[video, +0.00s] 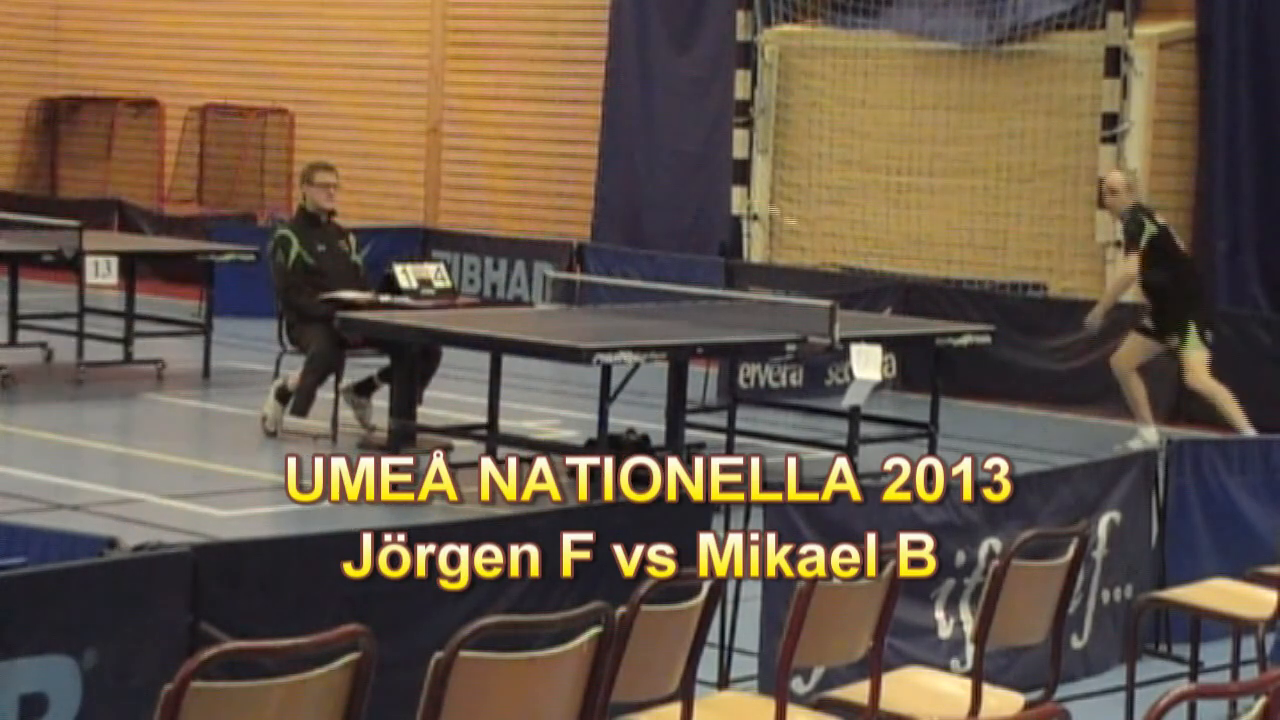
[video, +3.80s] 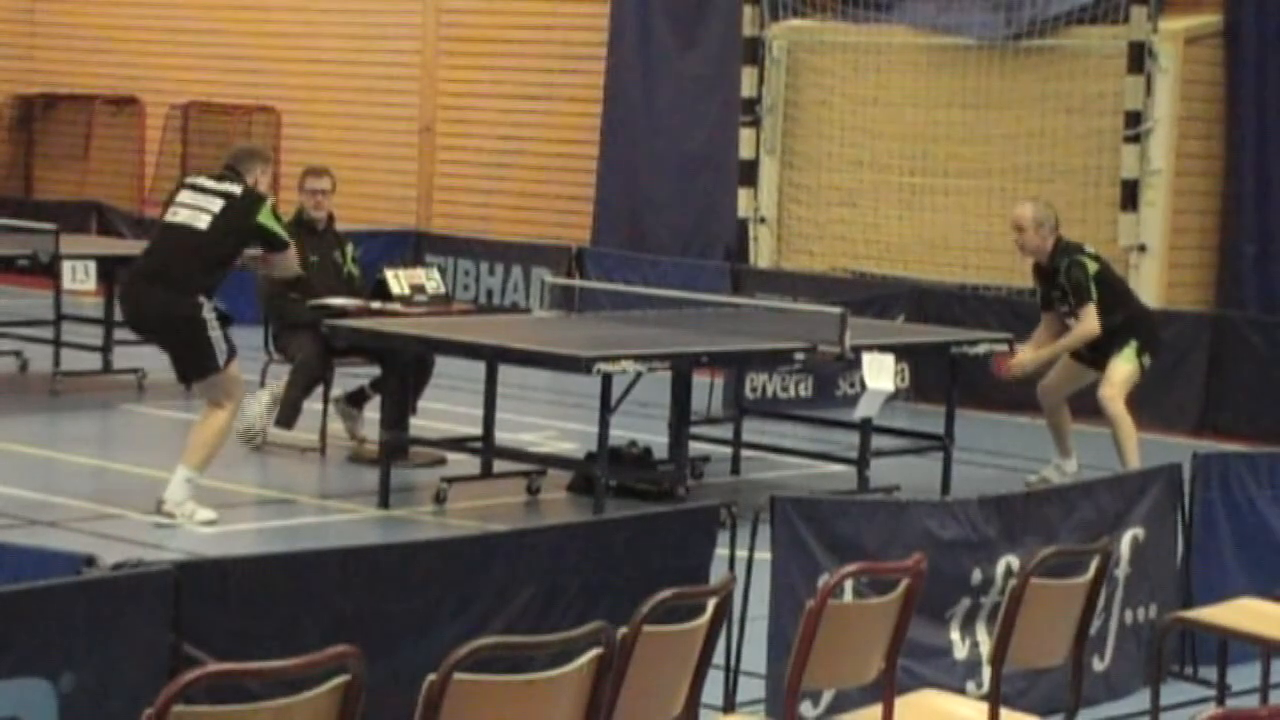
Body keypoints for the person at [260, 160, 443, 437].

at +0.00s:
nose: (331, 192)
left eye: (334, 187)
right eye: (323, 186)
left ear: (338, 190)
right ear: (305, 190)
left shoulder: (343, 235)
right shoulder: (288, 236)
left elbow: (360, 281)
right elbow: (291, 293)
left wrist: (367, 303)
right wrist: (334, 310)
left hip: (353, 318)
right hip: (311, 319)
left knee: (425, 352)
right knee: (328, 354)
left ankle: (361, 391)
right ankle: (285, 392)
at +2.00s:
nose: (348, 206)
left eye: (352, 200)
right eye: (344, 197)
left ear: (353, 201)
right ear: (325, 192)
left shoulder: (348, 237)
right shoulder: (297, 233)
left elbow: (361, 280)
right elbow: (307, 283)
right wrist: (354, 277)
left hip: (350, 313)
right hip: (309, 313)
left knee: (425, 351)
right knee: (327, 355)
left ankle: (361, 391)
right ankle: (283, 392)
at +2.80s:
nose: (363, 208)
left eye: (367, 202)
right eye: (358, 199)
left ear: (370, 204)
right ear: (340, 195)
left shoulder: (355, 238)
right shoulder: (313, 229)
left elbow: (365, 281)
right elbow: (334, 276)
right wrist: (371, 286)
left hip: (350, 318)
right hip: (310, 316)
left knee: (419, 350)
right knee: (328, 349)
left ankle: (362, 391)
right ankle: (299, 395)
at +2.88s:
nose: (302, 196)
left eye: (309, 189)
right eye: (296, 188)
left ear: (317, 192)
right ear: (284, 190)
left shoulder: (321, 234)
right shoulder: (264, 236)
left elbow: (345, 278)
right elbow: (257, 296)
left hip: (329, 323)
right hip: (281, 324)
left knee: (409, 355)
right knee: (306, 356)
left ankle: (343, 402)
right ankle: (275, 403)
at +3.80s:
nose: (318, 200)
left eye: (324, 193)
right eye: (311, 193)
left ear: (332, 197)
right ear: (299, 195)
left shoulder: (340, 241)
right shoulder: (283, 237)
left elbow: (357, 290)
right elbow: (275, 300)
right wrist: (320, 315)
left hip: (340, 324)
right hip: (298, 324)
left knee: (417, 358)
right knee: (313, 359)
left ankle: (354, 401)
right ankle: (272, 423)